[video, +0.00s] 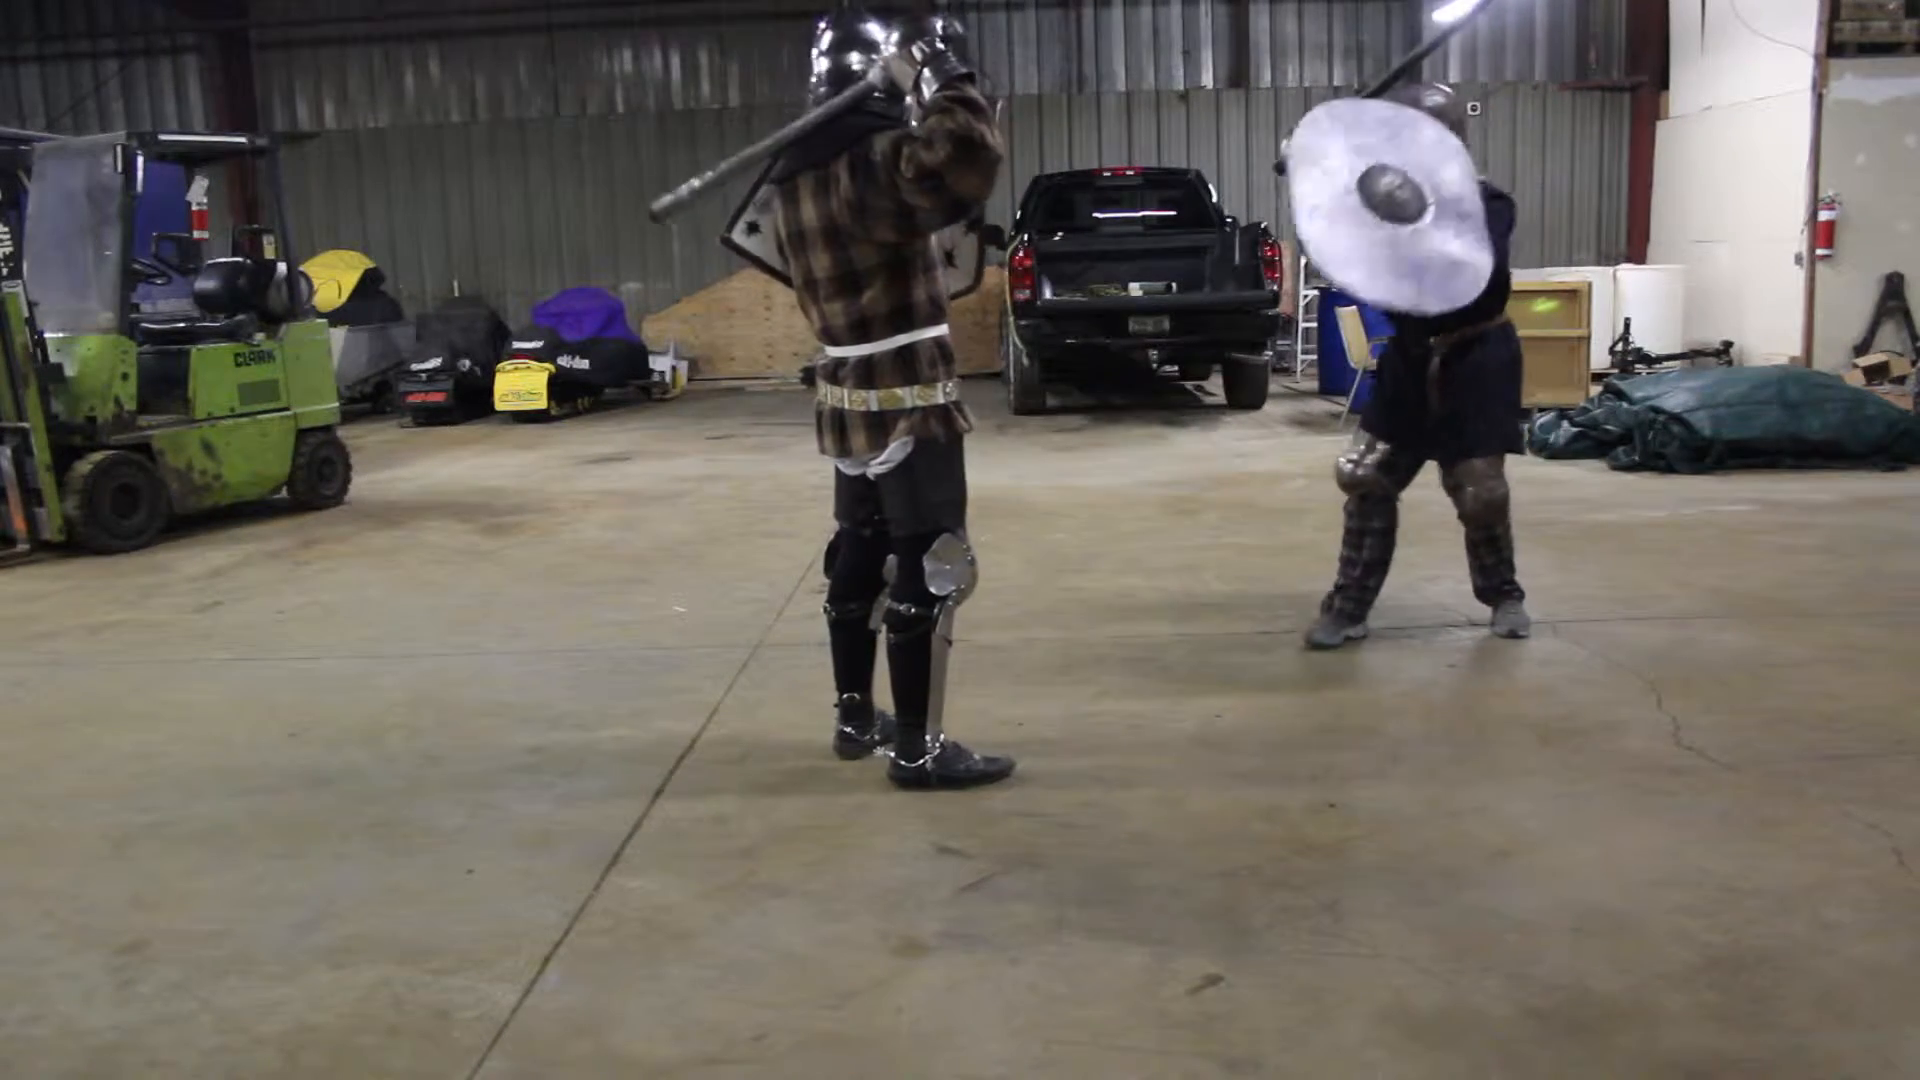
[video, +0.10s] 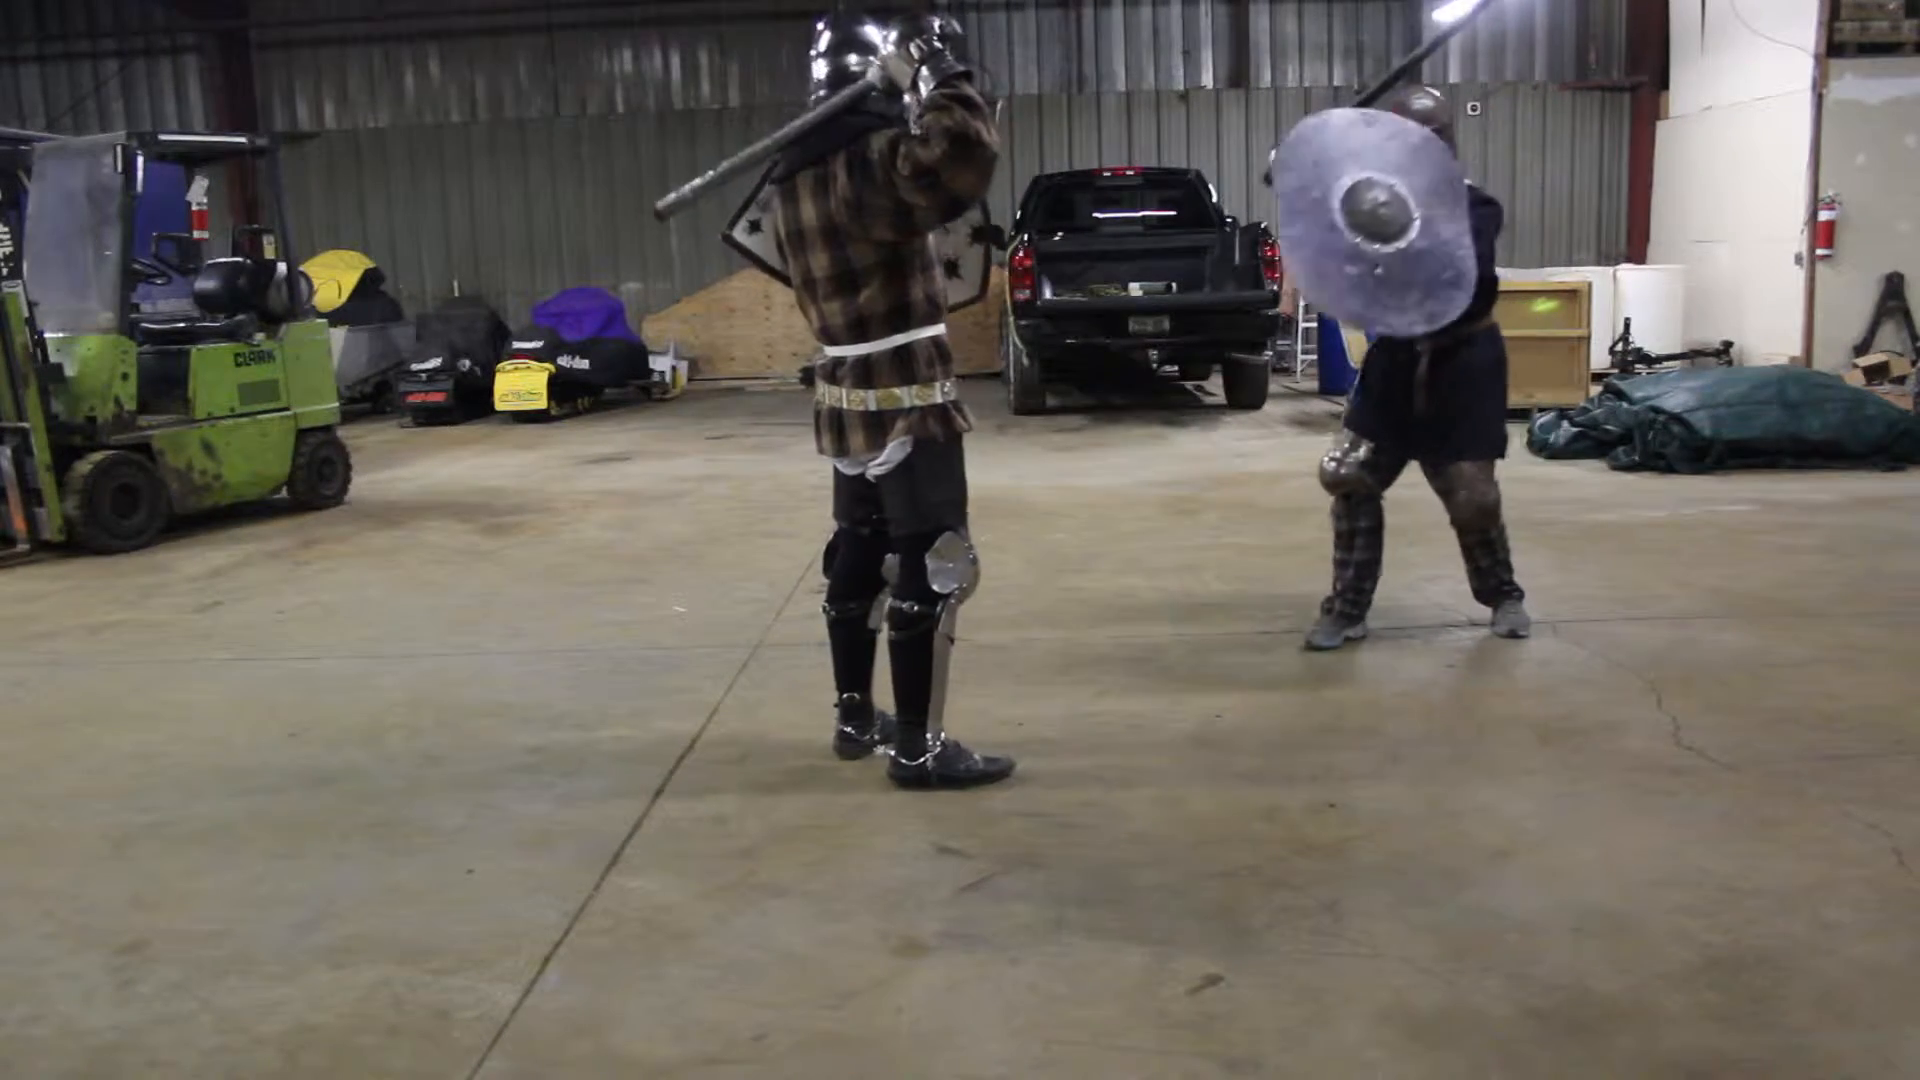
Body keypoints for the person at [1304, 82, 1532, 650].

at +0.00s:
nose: (1425, 144)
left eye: (1437, 132)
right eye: (1414, 133)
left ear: (1458, 136)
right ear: (1401, 137)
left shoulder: (1488, 204)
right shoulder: (1391, 200)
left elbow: (1465, 280)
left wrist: (1417, 217)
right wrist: (1312, 180)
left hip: (1479, 350)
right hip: (1410, 349)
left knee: (1480, 487)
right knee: (1368, 476)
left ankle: (1504, 598)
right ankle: (1347, 607)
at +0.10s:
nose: (1414, 147)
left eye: (1428, 135)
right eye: (1402, 136)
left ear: (1449, 139)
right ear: (1387, 140)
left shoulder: (1476, 209)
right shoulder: (1379, 202)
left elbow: (1465, 295)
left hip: (1466, 354)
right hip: (1394, 352)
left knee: (1470, 490)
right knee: (1351, 477)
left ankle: (1503, 598)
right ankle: (1346, 609)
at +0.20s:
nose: (1417, 153)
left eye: (1427, 140)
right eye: (1401, 141)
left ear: (1445, 144)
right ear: (1378, 144)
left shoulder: (1463, 211)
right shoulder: (1364, 204)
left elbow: (1466, 300)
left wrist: (1415, 339)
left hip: (1454, 360)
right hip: (1380, 360)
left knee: (1470, 499)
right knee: (1341, 479)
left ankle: (1503, 597)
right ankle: (1345, 608)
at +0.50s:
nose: (1394, 153)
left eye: (1404, 140)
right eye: (1380, 142)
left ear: (1421, 145)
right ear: (1358, 147)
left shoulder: (1444, 212)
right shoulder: (1347, 210)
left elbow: (1447, 303)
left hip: (1439, 359)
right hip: (1365, 360)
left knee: (1462, 498)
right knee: (1328, 481)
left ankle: (1503, 598)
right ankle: (1345, 608)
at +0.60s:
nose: (1388, 149)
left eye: (1398, 136)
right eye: (1375, 137)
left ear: (1417, 142)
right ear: (1354, 144)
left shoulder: (1442, 209)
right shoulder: (1346, 207)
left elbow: (1427, 288)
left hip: (1440, 356)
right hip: (1365, 358)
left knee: (1461, 497)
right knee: (1327, 481)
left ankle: (1503, 597)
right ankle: (1345, 608)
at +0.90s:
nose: (1384, 150)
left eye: (1395, 138)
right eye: (1373, 138)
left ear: (1416, 144)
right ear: (1357, 144)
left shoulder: (1443, 211)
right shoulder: (1348, 206)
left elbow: (1427, 288)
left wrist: (1379, 222)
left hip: (1439, 355)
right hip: (1364, 357)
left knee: (1460, 489)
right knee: (1330, 480)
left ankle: (1504, 597)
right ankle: (1344, 610)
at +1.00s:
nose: (1374, 156)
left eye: (1387, 143)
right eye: (1363, 143)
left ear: (1413, 148)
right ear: (1353, 147)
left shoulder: (1443, 215)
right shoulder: (1347, 209)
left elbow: (1438, 305)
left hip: (1438, 357)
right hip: (1365, 358)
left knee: (1461, 489)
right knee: (1330, 479)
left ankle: (1504, 597)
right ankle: (1344, 610)